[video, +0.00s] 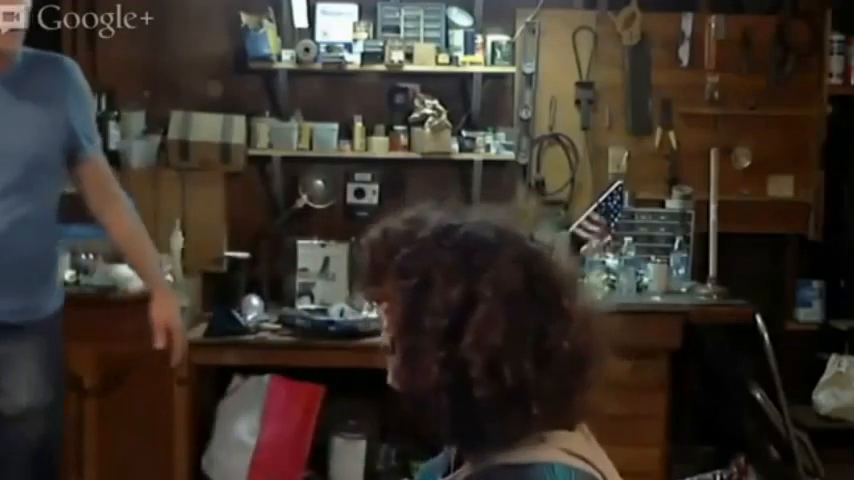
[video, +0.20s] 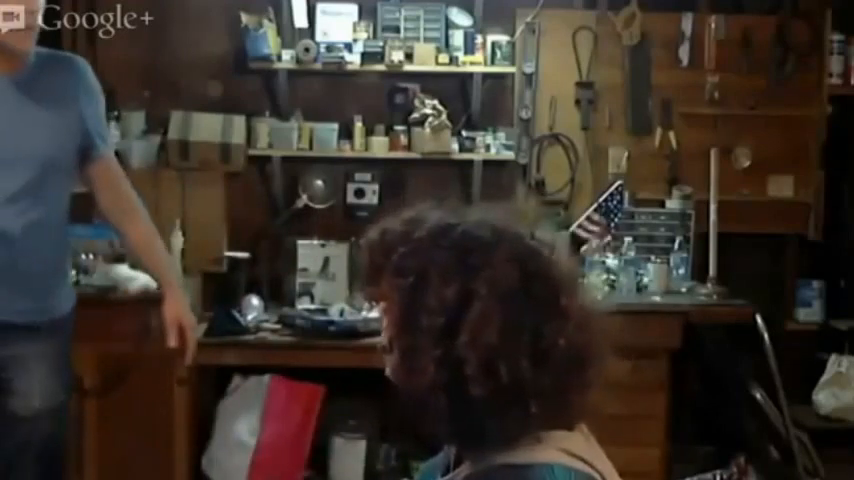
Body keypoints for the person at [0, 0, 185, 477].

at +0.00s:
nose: (11, 9)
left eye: (18, 2)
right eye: (4, 2)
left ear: (30, 9)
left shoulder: (55, 78)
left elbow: (103, 191)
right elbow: (103, 191)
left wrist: (159, 285)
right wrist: (160, 286)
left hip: (27, 322)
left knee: (28, 466)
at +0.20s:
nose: (23, 10)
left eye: (30, 1)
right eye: (11, 2)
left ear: (42, 8)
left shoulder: (69, 77)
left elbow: (111, 185)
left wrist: (171, 283)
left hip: (36, 321)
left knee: (33, 467)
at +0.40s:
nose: (35, 12)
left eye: (42, 3)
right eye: (18, 3)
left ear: (52, 9)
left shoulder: (74, 77)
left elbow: (112, 185)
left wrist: (171, 286)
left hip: (41, 321)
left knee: (37, 466)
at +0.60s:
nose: (56, 10)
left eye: (61, 1)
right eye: (37, 1)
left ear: (71, 8)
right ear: (3, 13)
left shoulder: (87, 77)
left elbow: (114, 185)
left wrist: (171, 283)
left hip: (50, 326)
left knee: (47, 469)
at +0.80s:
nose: (62, 12)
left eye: (67, 2)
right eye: (45, 2)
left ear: (76, 8)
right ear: (8, 10)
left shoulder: (89, 76)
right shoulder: (4, 78)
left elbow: (114, 184)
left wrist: (171, 283)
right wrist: (6, 264)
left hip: (55, 327)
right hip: (7, 324)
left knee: (53, 467)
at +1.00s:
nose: (57, 13)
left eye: (63, 2)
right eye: (40, 2)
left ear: (72, 9)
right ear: (4, 11)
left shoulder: (85, 77)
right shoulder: (3, 82)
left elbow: (105, 181)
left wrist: (164, 284)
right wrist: (4, 266)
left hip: (54, 329)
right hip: (6, 329)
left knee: (53, 469)